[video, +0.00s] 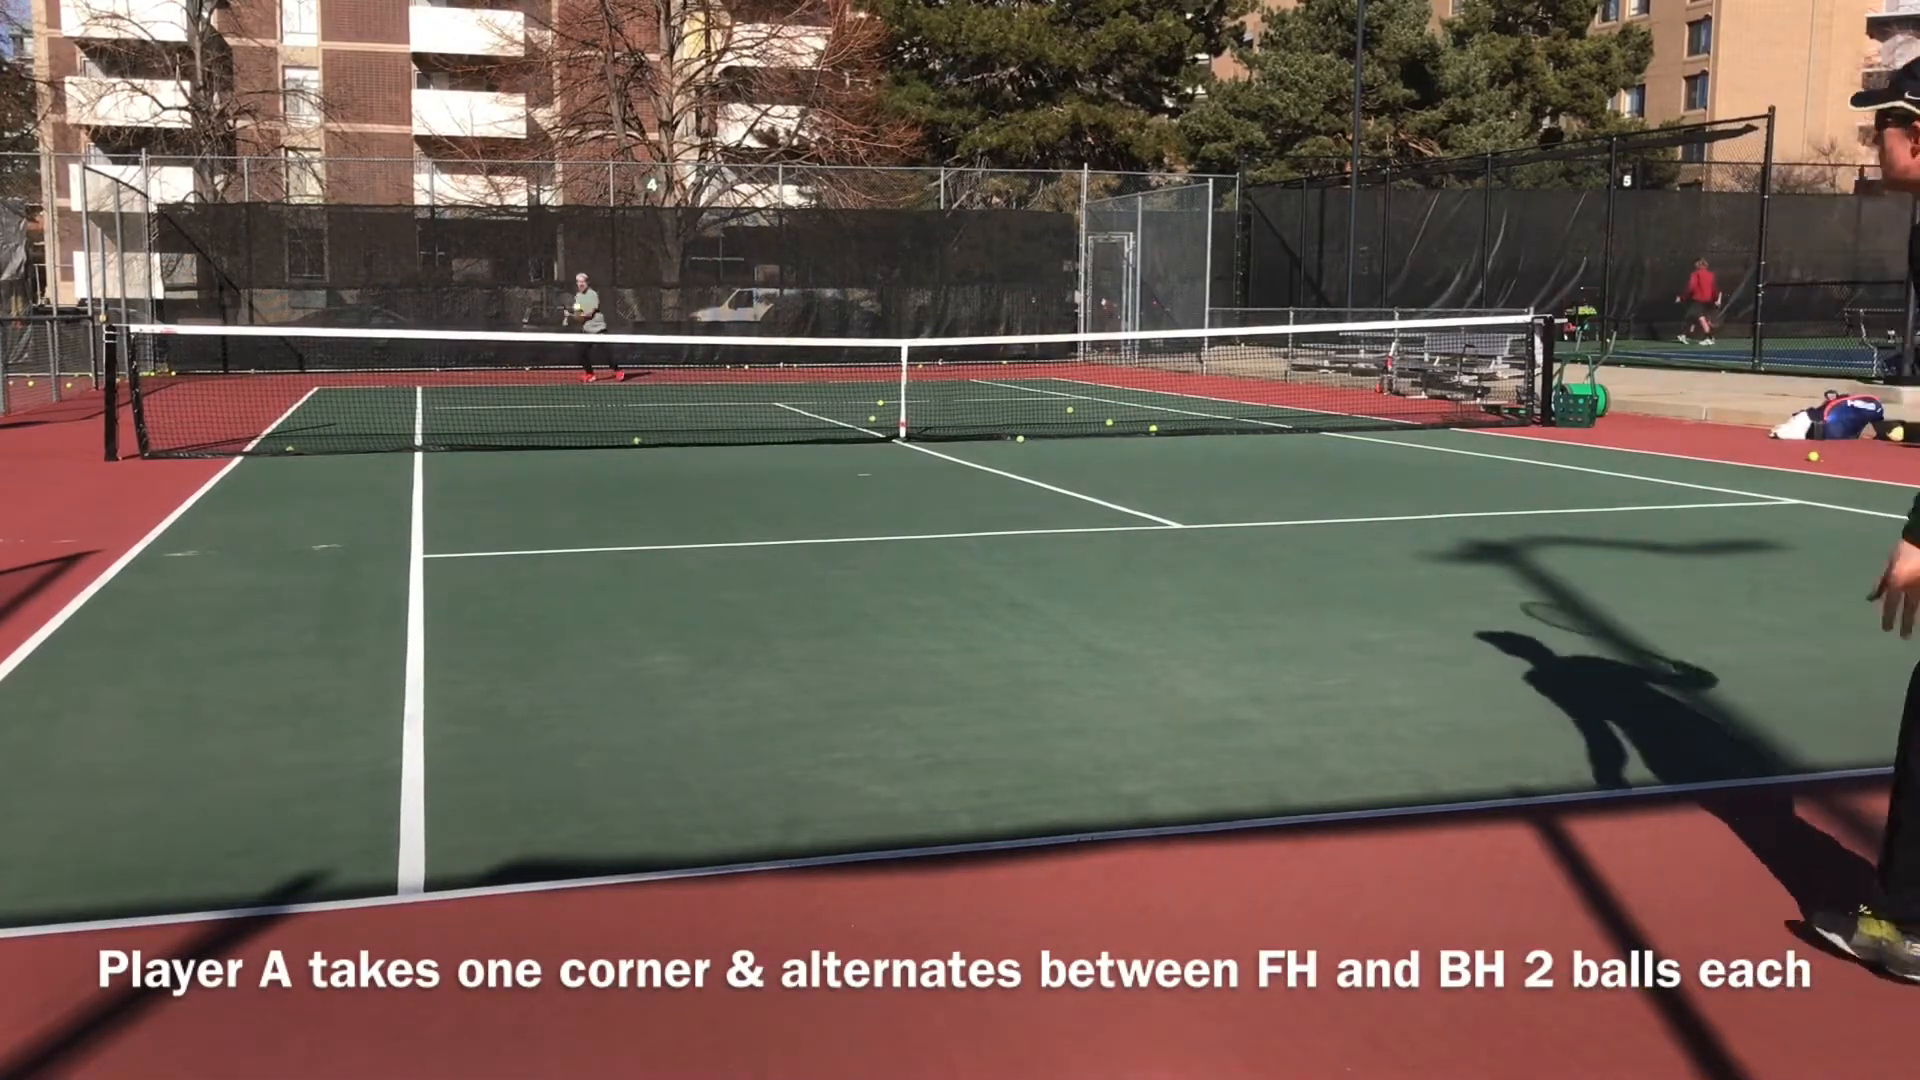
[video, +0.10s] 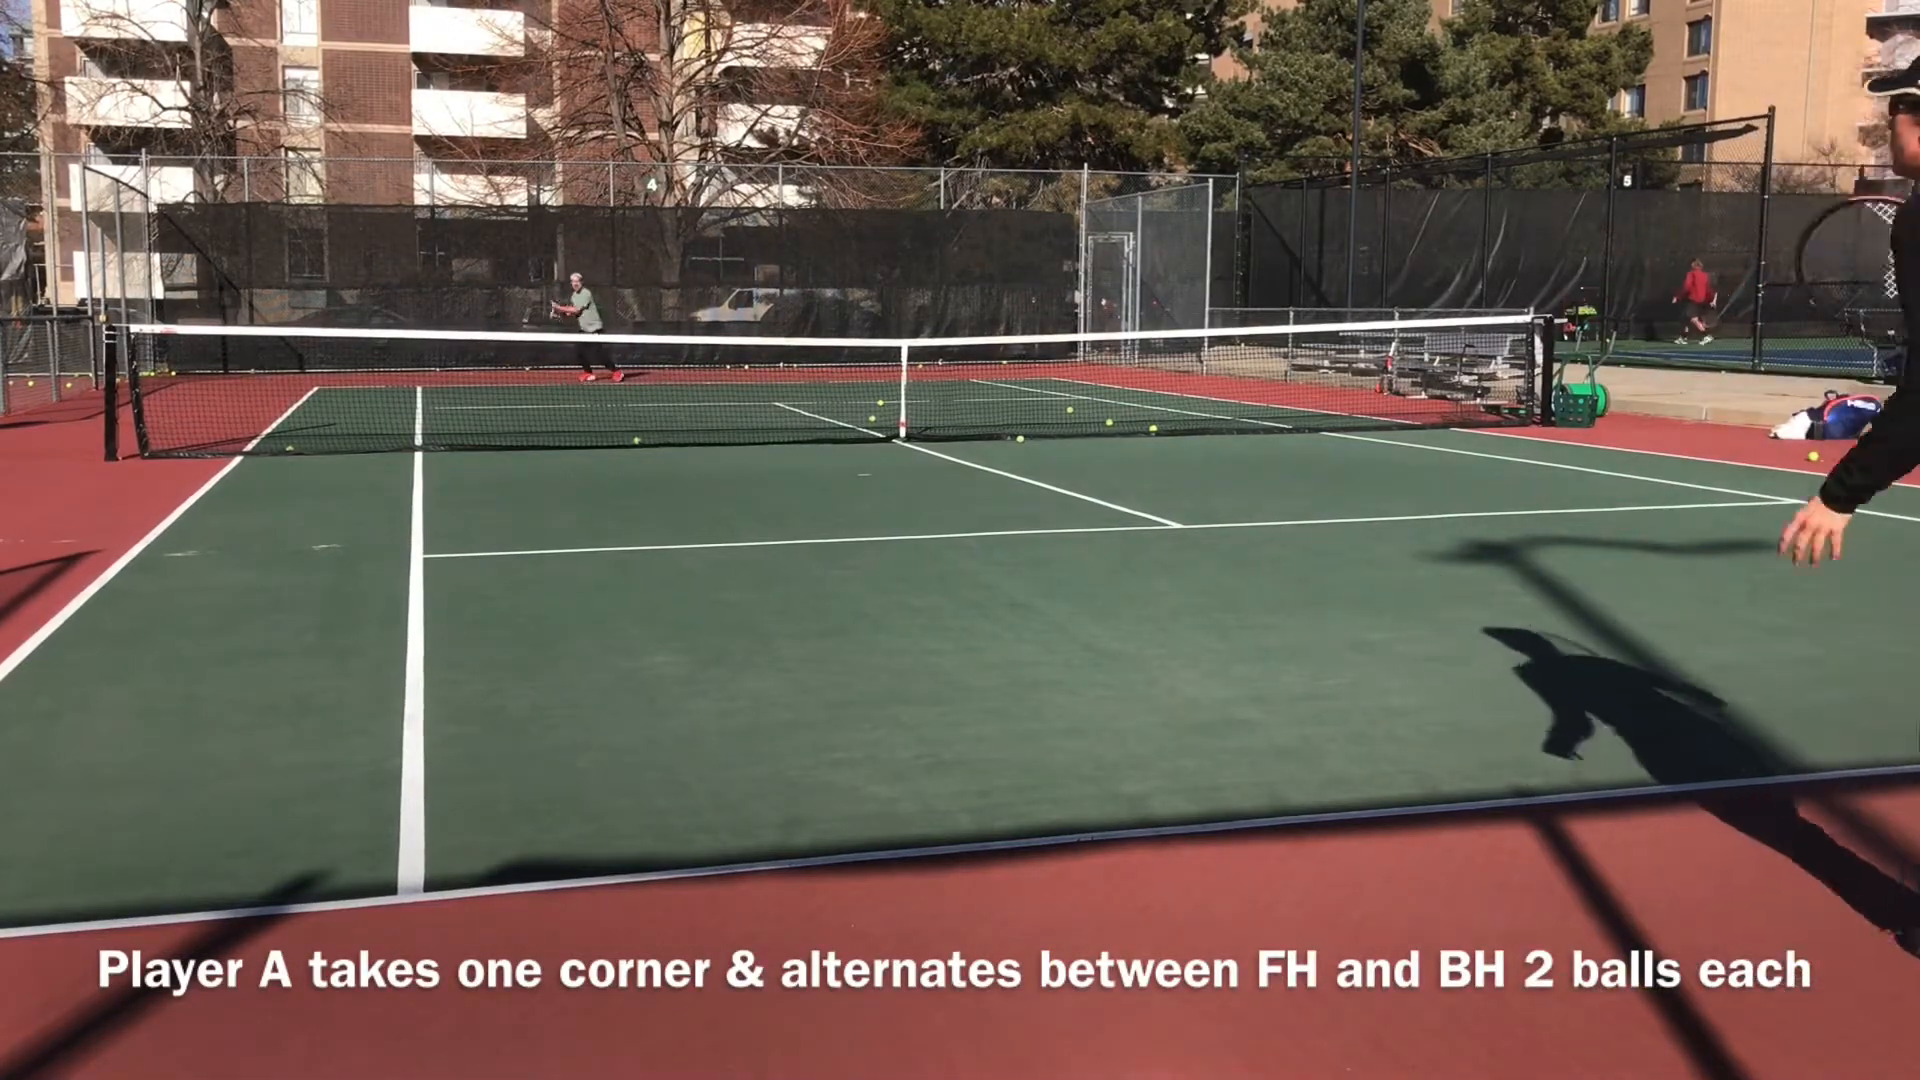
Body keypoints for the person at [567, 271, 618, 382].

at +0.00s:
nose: (580, 284)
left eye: (582, 281)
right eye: (578, 281)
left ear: (587, 282)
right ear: (576, 283)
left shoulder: (592, 294)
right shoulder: (578, 296)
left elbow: (591, 312)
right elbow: (577, 311)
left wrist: (579, 316)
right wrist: (570, 315)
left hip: (599, 326)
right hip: (587, 327)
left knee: (606, 349)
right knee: (582, 351)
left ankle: (617, 370)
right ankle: (589, 373)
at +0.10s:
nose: (575, 283)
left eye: (577, 281)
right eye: (573, 281)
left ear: (581, 282)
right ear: (571, 283)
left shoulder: (586, 293)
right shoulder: (573, 296)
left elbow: (577, 310)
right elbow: (574, 311)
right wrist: (561, 313)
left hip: (595, 328)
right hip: (584, 329)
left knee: (598, 352)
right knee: (580, 351)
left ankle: (615, 371)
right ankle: (588, 372)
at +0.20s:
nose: (569, 286)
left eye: (571, 283)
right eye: (567, 284)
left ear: (575, 284)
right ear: (565, 285)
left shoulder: (580, 295)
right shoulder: (570, 297)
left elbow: (566, 309)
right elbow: (565, 311)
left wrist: (547, 307)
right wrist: (552, 311)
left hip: (591, 330)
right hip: (581, 331)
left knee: (594, 352)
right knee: (578, 352)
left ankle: (611, 368)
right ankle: (586, 372)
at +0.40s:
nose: (554, 289)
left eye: (556, 286)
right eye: (553, 287)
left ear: (562, 286)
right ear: (552, 288)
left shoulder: (565, 296)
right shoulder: (563, 298)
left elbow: (555, 311)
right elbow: (556, 314)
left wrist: (538, 317)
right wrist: (540, 316)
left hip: (577, 330)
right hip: (573, 330)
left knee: (565, 350)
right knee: (571, 354)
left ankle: (562, 374)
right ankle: (585, 373)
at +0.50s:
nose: (548, 289)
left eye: (550, 287)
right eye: (546, 287)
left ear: (555, 287)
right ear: (545, 288)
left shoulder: (559, 297)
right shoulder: (557, 298)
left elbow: (550, 313)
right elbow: (554, 316)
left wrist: (534, 320)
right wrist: (544, 323)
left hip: (568, 331)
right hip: (566, 331)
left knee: (553, 352)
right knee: (569, 355)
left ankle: (549, 374)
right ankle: (584, 373)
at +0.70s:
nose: (535, 288)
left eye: (536, 285)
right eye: (534, 286)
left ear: (542, 284)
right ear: (537, 286)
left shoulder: (550, 294)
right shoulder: (543, 297)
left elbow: (556, 298)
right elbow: (541, 315)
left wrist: (554, 307)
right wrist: (537, 327)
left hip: (552, 328)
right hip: (546, 328)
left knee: (546, 351)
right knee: (553, 353)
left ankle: (548, 374)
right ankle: (574, 366)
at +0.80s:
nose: (533, 285)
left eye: (534, 282)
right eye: (531, 283)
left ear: (540, 280)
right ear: (532, 283)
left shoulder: (551, 289)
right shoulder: (536, 292)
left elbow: (562, 299)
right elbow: (535, 306)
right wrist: (528, 318)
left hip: (553, 324)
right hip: (542, 325)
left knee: (545, 350)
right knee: (546, 350)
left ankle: (547, 373)